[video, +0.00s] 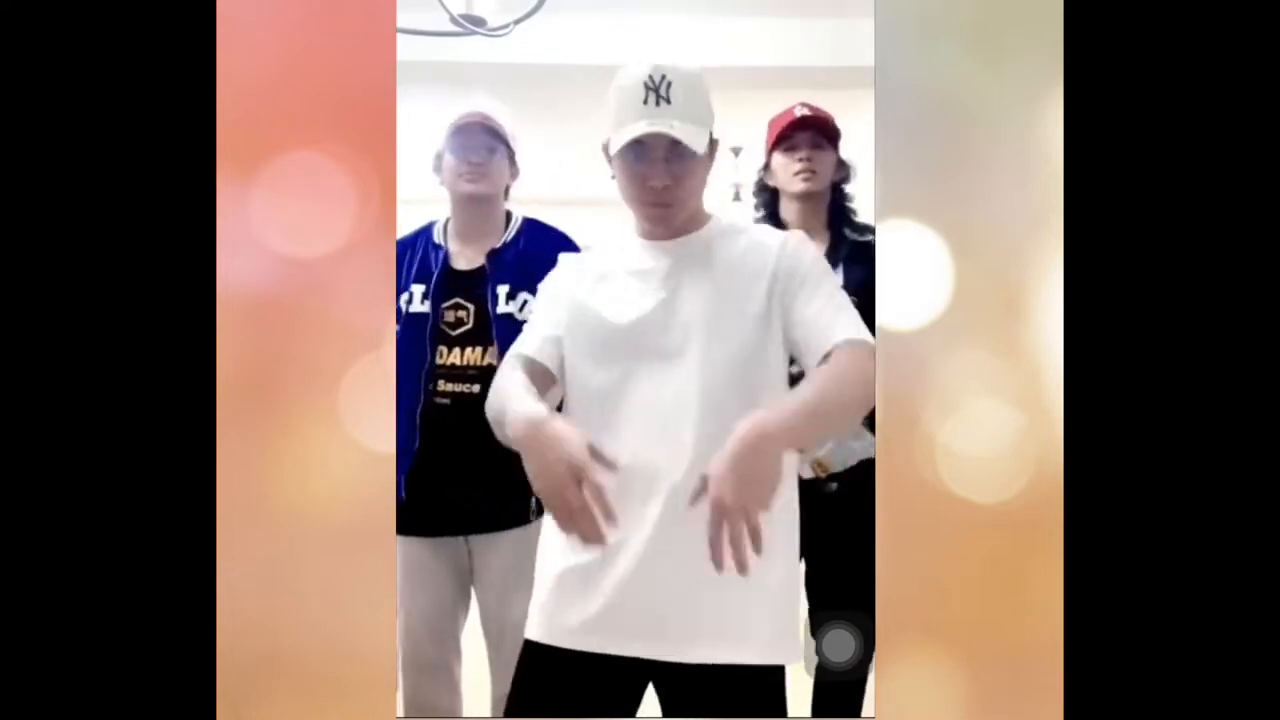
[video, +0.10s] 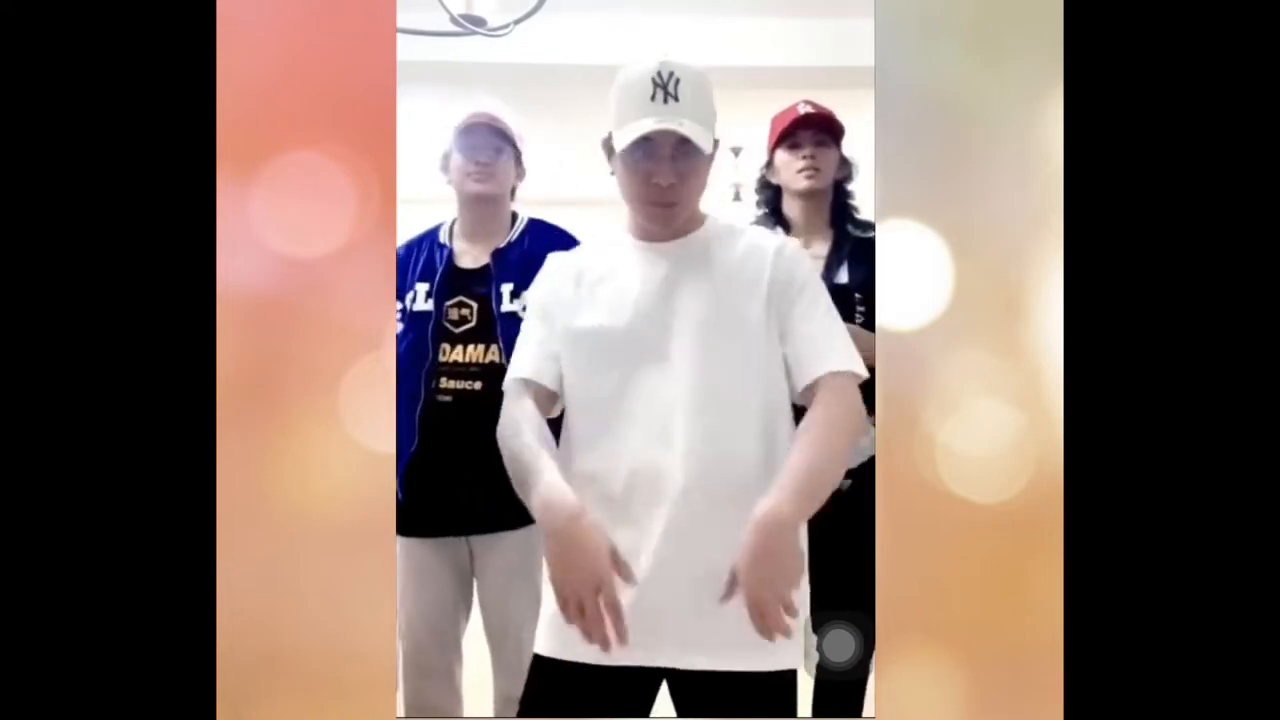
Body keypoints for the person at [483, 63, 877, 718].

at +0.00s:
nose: (659, 174)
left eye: (679, 152)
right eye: (639, 152)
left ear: (712, 156)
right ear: (609, 159)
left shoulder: (775, 260)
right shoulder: (576, 278)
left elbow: (858, 366)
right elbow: (510, 387)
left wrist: (767, 436)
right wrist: (535, 432)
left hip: (726, 616)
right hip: (585, 611)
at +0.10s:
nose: (664, 172)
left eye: (684, 150)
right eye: (644, 149)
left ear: (713, 158)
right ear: (611, 156)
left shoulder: (771, 265)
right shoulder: (568, 277)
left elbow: (842, 402)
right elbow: (518, 408)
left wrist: (781, 517)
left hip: (739, 627)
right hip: (595, 619)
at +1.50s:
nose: (650, 139)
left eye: (672, 117)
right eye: (627, 116)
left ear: (701, 137)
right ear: (594, 136)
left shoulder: (772, 266)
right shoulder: (543, 276)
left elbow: (844, 419)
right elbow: (503, 433)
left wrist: (820, 507)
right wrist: (531, 503)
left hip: (743, 654)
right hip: (587, 655)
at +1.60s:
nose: (658, 119)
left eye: (680, 99)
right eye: (635, 99)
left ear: (709, 121)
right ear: (601, 121)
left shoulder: (766, 244)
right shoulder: (551, 247)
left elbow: (831, 407)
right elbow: (501, 416)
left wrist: (781, 310)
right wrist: (549, 339)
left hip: (737, 610)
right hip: (592, 612)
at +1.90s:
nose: (661, 173)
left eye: (683, 147)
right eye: (640, 147)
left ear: (713, 144)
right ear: (604, 140)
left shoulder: (761, 249)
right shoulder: (549, 244)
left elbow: (794, 420)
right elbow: (513, 413)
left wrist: (753, 322)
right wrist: (560, 318)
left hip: (728, 619)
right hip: (585, 620)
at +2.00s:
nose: (663, 219)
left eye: (683, 199)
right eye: (645, 198)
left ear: (721, 149)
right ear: (603, 142)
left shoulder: (769, 233)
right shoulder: (543, 223)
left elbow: (811, 367)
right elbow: (497, 357)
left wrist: (774, 366)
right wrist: (547, 363)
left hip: (728, 598)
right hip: (585, 599)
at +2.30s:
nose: (661, 189)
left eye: (685, 162)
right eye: (638, 161)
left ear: (717, 166)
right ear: (599, 158)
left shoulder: (769, 271)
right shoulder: (535, 261)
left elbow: (787, 448)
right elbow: (502, 431)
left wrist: (758, 388)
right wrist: (558, 402)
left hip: (718, 604)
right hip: (580, 606)